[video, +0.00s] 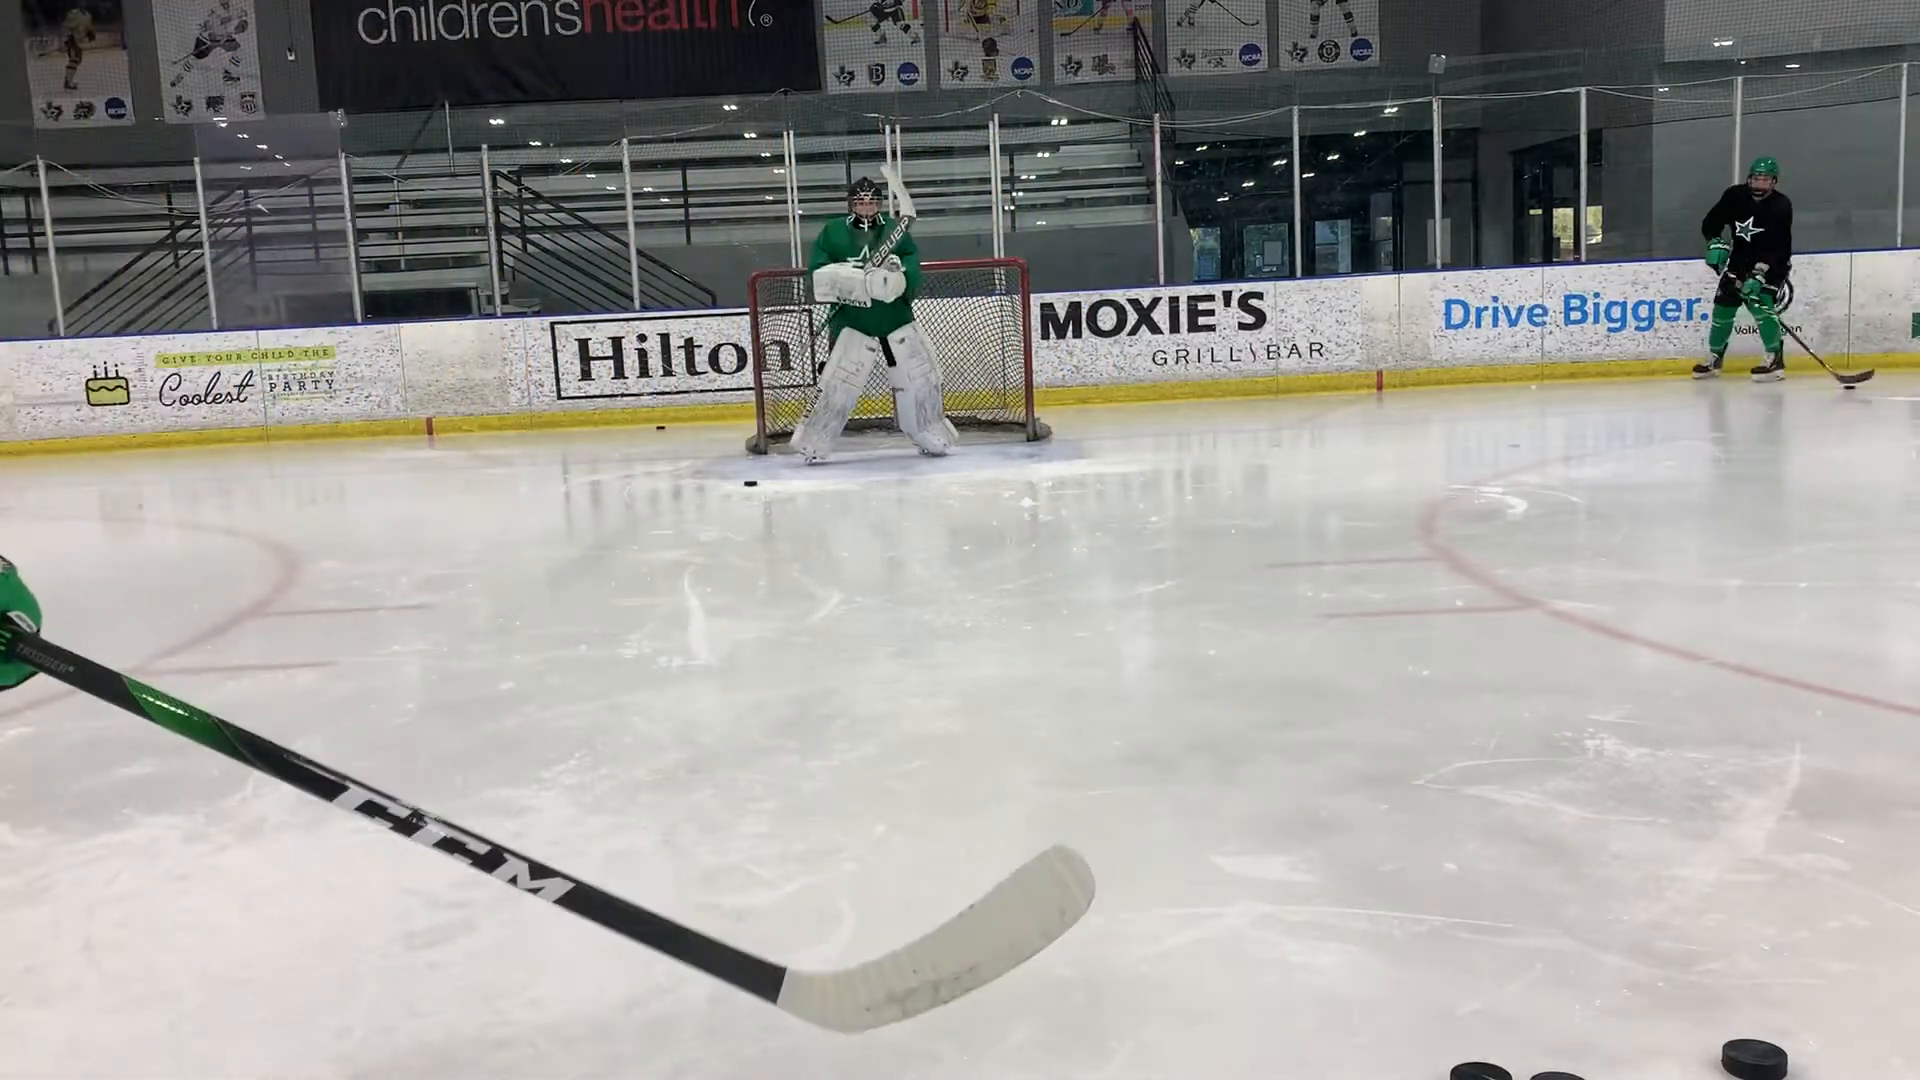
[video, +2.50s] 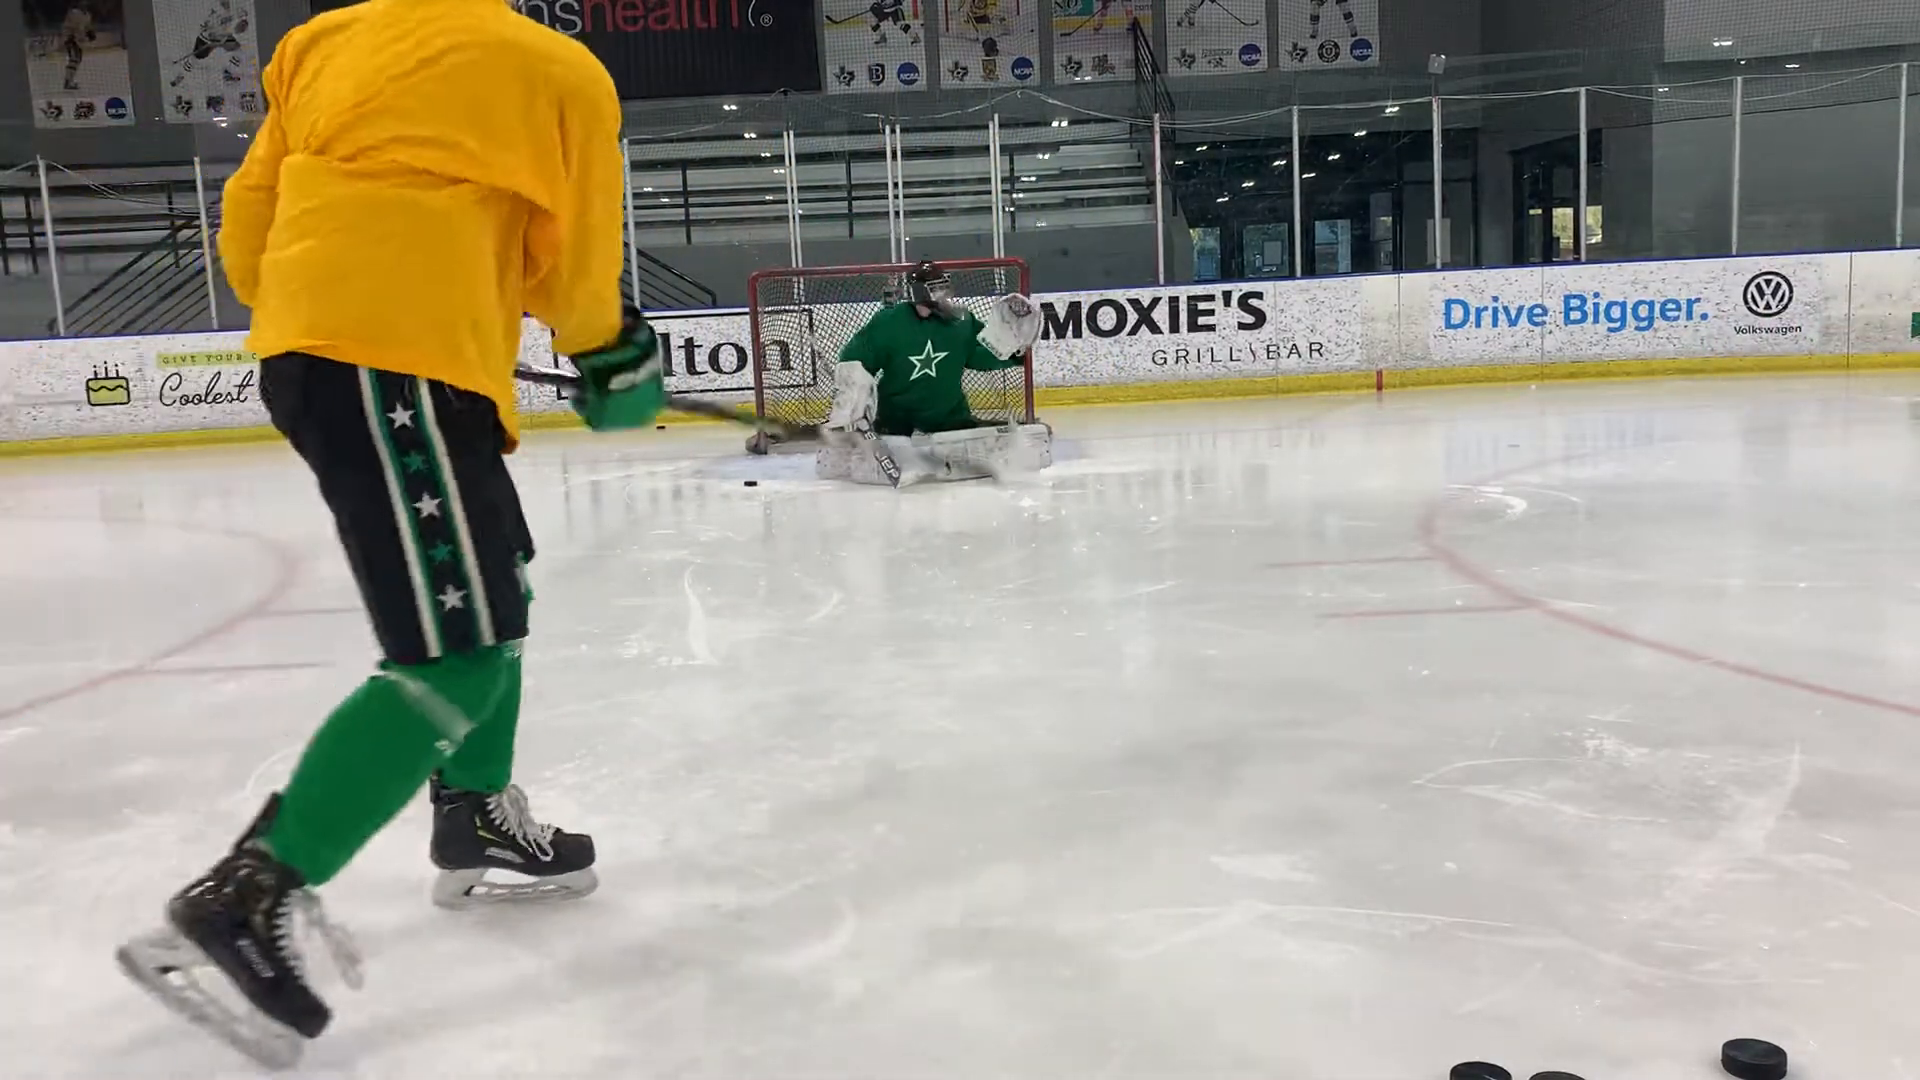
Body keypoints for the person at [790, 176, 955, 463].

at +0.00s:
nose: (865, 205)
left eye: (870, 200)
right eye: (860, 200)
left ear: (879, 202)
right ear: (851, 203)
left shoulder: (895, 230)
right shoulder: (833, 231)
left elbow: (913, 269)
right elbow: (816, 276)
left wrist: (892, 279)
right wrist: (850, 281)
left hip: (896, 319)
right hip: (854, 320)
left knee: (919, 377)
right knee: (840, 384)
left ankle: (931, 438)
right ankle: (816, 445)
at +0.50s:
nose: (879, 204)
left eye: (884, 199)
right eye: (873, 198)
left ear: (894, 201)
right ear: (864, 201)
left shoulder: (908, 228)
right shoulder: (846, 231)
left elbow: (928, 264)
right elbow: (824, 276)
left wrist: (918, 279)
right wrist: (849, 288)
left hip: (909, 321)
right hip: (864, 323)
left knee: (939, 383)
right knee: (845, 390)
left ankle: (967, 445)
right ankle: (819, 454)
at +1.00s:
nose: (894, 234)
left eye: (899, 227)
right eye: (888, 228)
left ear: (908, 228)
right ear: (879, 229)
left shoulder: (927, 254)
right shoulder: (858, 260)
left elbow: (950, 302)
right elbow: (838, 301)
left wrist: (953, 276)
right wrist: (840, 338)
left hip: (924, 341)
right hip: (879, 346)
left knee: (956, 398)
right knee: (865, 408)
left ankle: (994, 455)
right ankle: (825, 461)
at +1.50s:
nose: (913, 281)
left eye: (919, 274)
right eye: (907, 275)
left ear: (929, 274)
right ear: (895, 276)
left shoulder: (946, 296)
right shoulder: (876, 303)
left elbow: (969, 348)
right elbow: (854, 342)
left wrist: (970, 333)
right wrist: (852, 380)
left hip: (946, 372)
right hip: (897, 378)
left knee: (982, 409)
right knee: (872, 424)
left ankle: (1027, 451)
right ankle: (826, 464)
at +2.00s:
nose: (916, 292)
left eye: (921, 286)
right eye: (909, 286)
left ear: (931, 285)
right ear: (898, 286)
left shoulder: (950, 307)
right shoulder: (877, 311)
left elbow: (977, 359)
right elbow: (850, 349)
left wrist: (973, 349)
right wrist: (849, 388)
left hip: (946, 389)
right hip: (895, 399)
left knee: (981, 415)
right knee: (870, 434)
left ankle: (1019, 448)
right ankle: (827, 464)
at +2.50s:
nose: (944, 297)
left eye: (945, 289)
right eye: (936, 291)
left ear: (948, 288)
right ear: (918, 293)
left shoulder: (961, 322)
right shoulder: (889, 323)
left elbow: (983, 356)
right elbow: (853, 360)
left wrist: (1013, 327)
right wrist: (852, 405)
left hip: (954, 426)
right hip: (899, 428)